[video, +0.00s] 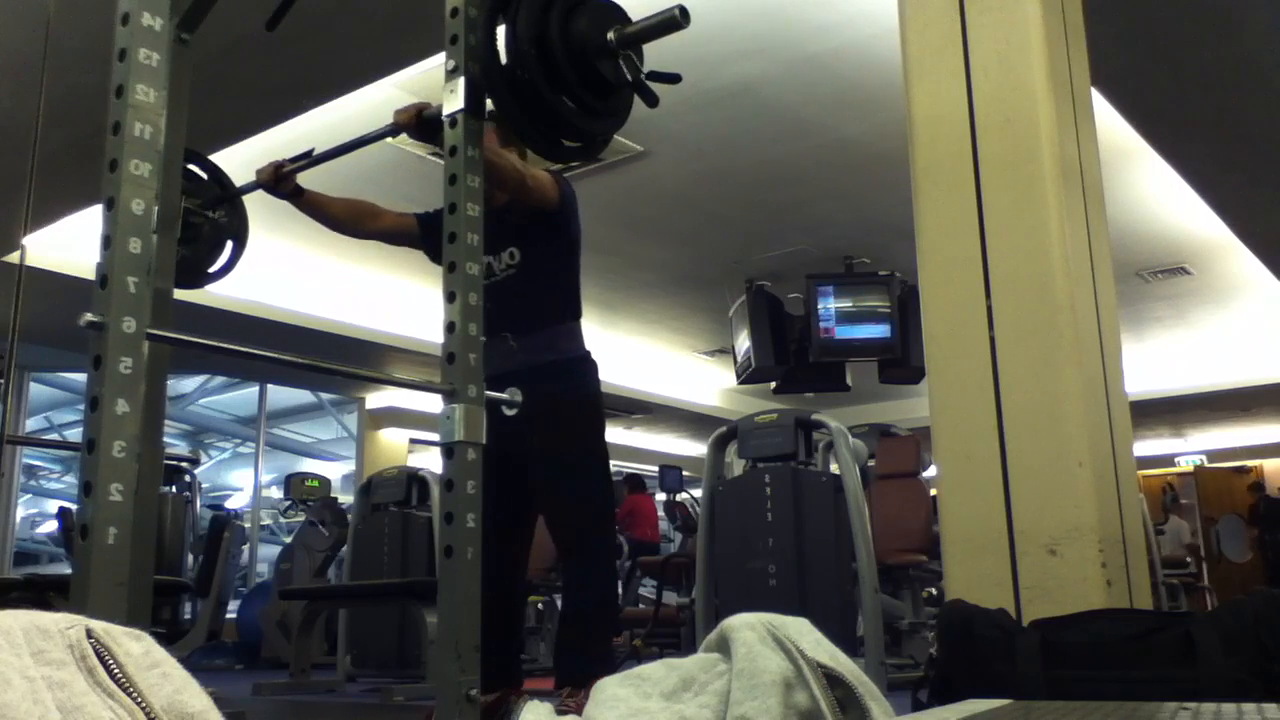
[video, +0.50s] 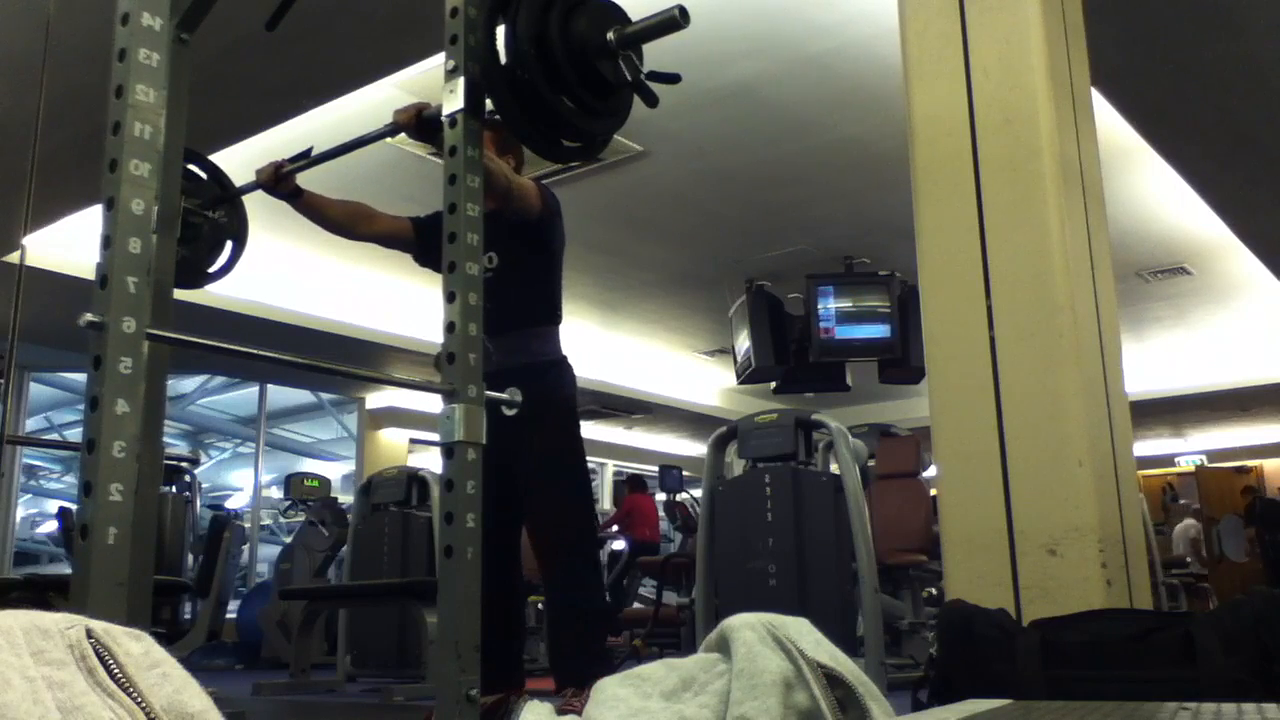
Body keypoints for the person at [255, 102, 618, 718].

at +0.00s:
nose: (468, 158)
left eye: (475, 143)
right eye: (461, 152)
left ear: (503, 140)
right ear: (455, 160)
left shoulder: (552, 197)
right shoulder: (458, 224)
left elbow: (509, 178)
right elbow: (371, 219)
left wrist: (440, 133)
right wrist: (297, 192)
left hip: (560, 391)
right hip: (492, 399)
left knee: (584, 546)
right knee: (494, 551)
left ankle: (579, 689)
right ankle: (500, 689)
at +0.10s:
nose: (466, 154)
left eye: (475, 140)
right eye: (460, 148)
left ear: (506, 142)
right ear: (455, 159)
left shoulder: (547, 200)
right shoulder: (456, 225)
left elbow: (511, 183)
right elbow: (369, 222)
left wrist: (440, 133)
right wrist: (296, 193)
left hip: (553, 390)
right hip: (487, 399)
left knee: (575, 543)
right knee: (492, 552)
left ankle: (578, 687)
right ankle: (499, 689)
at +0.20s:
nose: (467, 156)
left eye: (476, 145)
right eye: (461, 150)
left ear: (506, 149)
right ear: (456, 160)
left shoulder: (538, 206)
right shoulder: (454, 226)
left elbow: (504, 182)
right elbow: (364, 225)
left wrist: (440, 133)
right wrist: (293, 192)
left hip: (547, 391)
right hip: (483, 398)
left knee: (565, 538)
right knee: (489, 548)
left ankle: (578, 684)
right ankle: (498, 686)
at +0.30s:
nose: (469, 157)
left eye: (479, 146)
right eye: (463, 151)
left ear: (507, 152)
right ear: (456, 160)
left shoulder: (536, 208)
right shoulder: (453, 225)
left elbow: (501, 182)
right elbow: (365, 226)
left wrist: (440, 133)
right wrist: (294, 193)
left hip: (542, 388)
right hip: (480, 394)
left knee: (561, 536)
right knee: (489, 544)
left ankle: (578, 681)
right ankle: (499, 685)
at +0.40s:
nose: (472, 161)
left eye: (482, 150)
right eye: (465, 154)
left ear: (510, 155)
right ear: (459, 162)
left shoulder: (537, 208)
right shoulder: (454, 225)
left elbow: (501, 182)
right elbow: (365, 224)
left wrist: (439, 134)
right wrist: (294, 193)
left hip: (539, 387)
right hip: (477, 393)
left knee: (560, 539)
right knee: (487, 546)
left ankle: (577, 685)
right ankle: (499, 686)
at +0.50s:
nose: (469, 164)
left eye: (478, 152)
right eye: (462, 156)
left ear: (508, 152)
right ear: (457, 163)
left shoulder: (539, 209)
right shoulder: (455, 226)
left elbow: (503, 181)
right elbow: (366, 222)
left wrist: (440, 134)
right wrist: (294, 193)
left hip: (539, 389)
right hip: (477, 395)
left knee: (561, 538)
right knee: (486, 547)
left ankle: (578, 685)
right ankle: (498, 686)